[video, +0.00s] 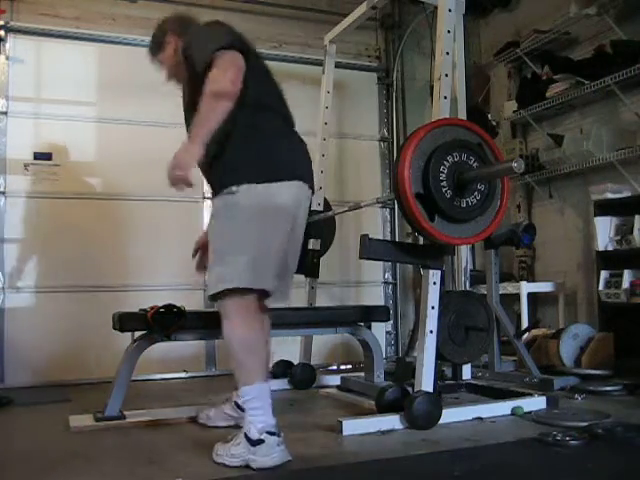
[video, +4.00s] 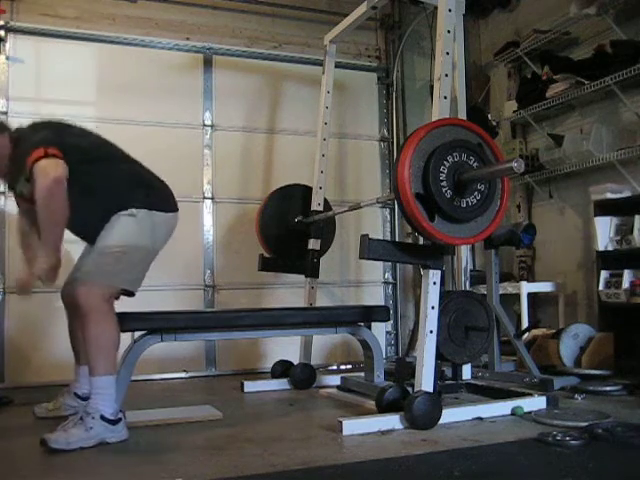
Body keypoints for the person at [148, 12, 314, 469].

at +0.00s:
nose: (166, 71)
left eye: (162, 60)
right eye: (161, 65)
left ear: (174, 41)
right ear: (175, 46)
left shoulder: (204, 35)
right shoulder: (210, 80)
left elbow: (228, 76)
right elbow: (242, 162)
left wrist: (193, 146)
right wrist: (216, 228)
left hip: (259, 180)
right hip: (277, 182)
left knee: (238, 299)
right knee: (247, 297)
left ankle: (262, 435)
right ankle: (248, 402)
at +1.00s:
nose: (125, 48)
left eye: (125, 37)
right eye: (121, 41)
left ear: (148, 21)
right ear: (153, 22)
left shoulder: (172, 46)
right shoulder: (189, 51)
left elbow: (165, 115)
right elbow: (176, 130)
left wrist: (130, 156)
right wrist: (129, 160)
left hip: (196, 193)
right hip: (224, 190)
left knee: (171, 297)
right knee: (225, 294)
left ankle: (136, 411)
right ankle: (246, 403)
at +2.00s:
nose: (76, 11)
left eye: (79, 4)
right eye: (76, 5)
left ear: (101, 1)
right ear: (118, 5)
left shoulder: (113, 36)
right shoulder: (117, 43)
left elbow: (53, 91)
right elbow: (100, 133)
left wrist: (21, 34)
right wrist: (43, 143)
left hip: (102, 189)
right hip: (84, 189)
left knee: (106, 293)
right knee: (63, 285)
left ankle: (119, 416)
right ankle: (47, 386)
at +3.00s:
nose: (26, 54)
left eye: (29, 44)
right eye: (23, 47)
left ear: (56, 36)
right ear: (57, 39)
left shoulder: (76, 64)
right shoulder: (72, 73)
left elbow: (46, 132)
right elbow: (35, 151)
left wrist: (31, 126)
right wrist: (3, 142)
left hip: (106, 201)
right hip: (93, 201)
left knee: (90, 299)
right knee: (85, 299)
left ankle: (104, 414)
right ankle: (96, 397)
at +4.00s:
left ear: (4, 141)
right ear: (6, 141)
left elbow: (52, 178)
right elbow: (28, 219)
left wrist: (51, 255)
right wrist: (29, 268)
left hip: (143, 208)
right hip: (119, 215)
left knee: (92, 294)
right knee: (73, 293)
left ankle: (106, 415)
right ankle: (84, 395)